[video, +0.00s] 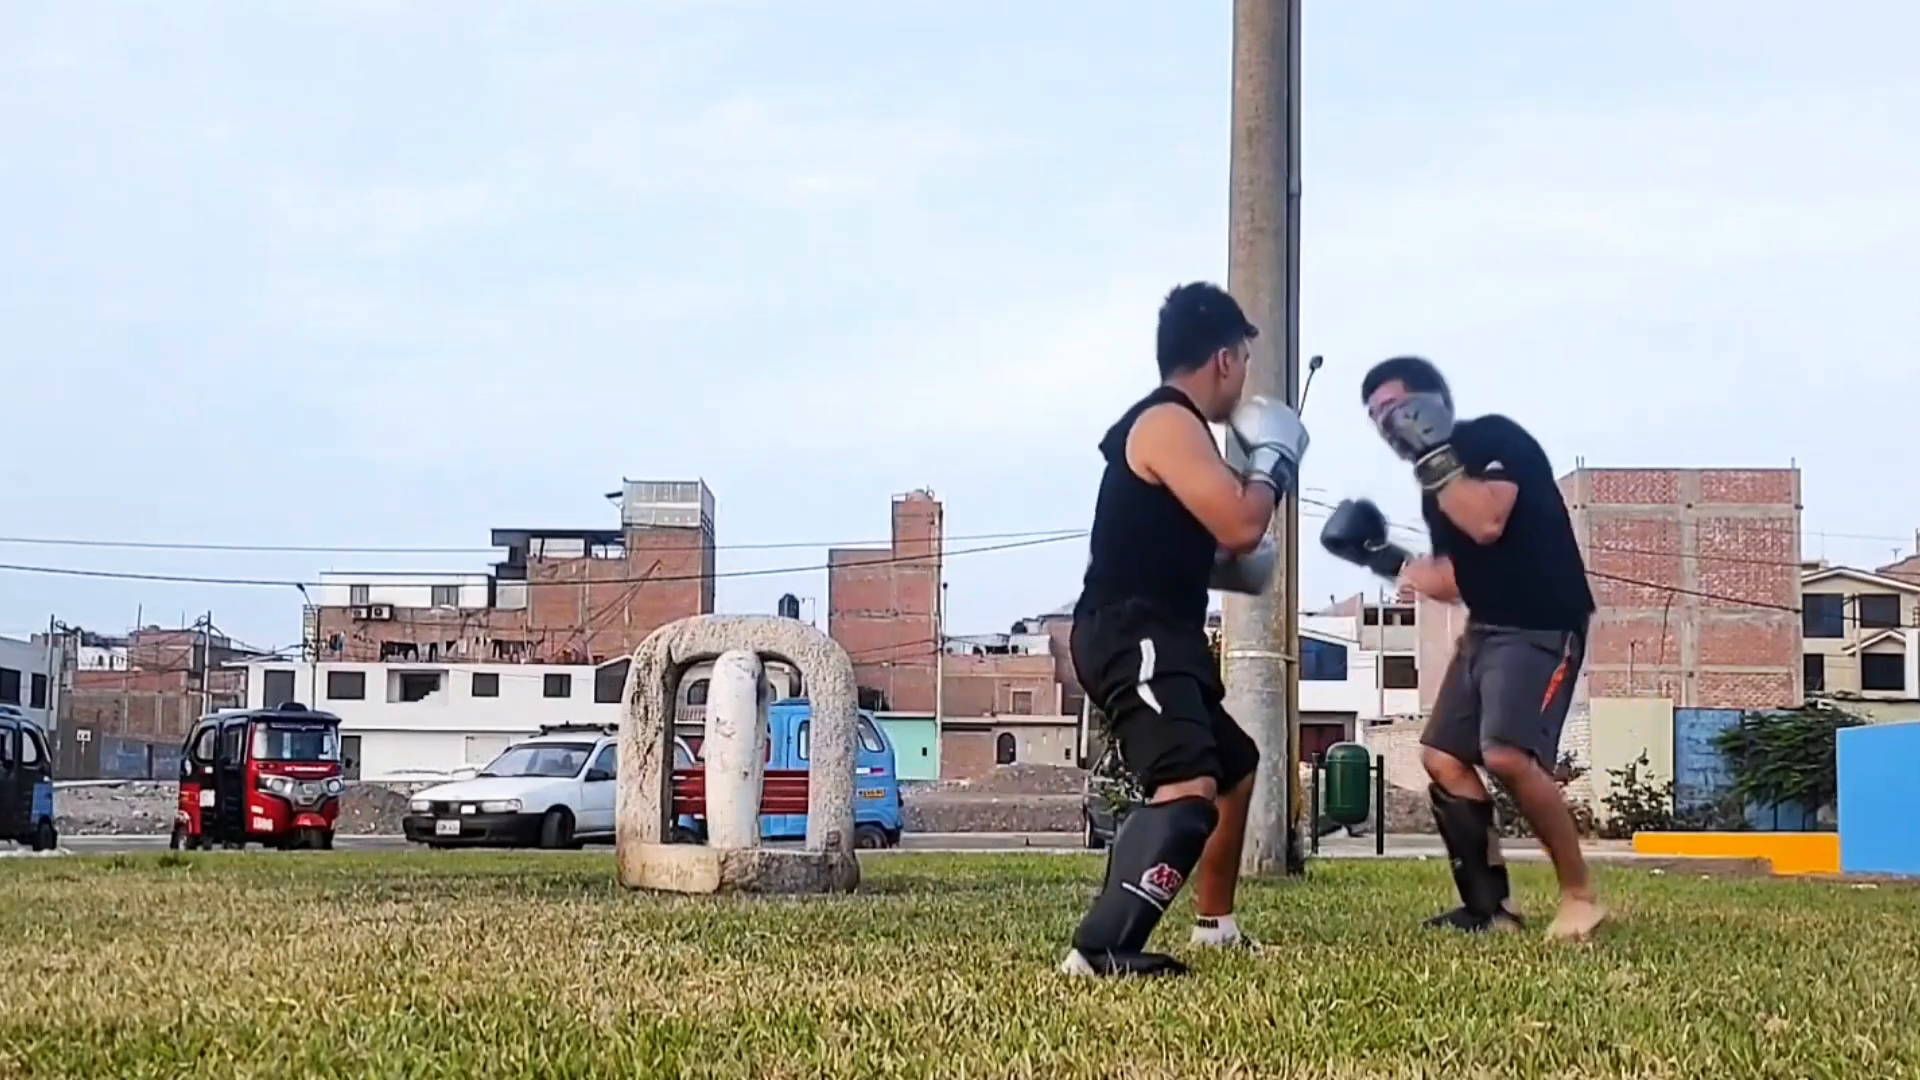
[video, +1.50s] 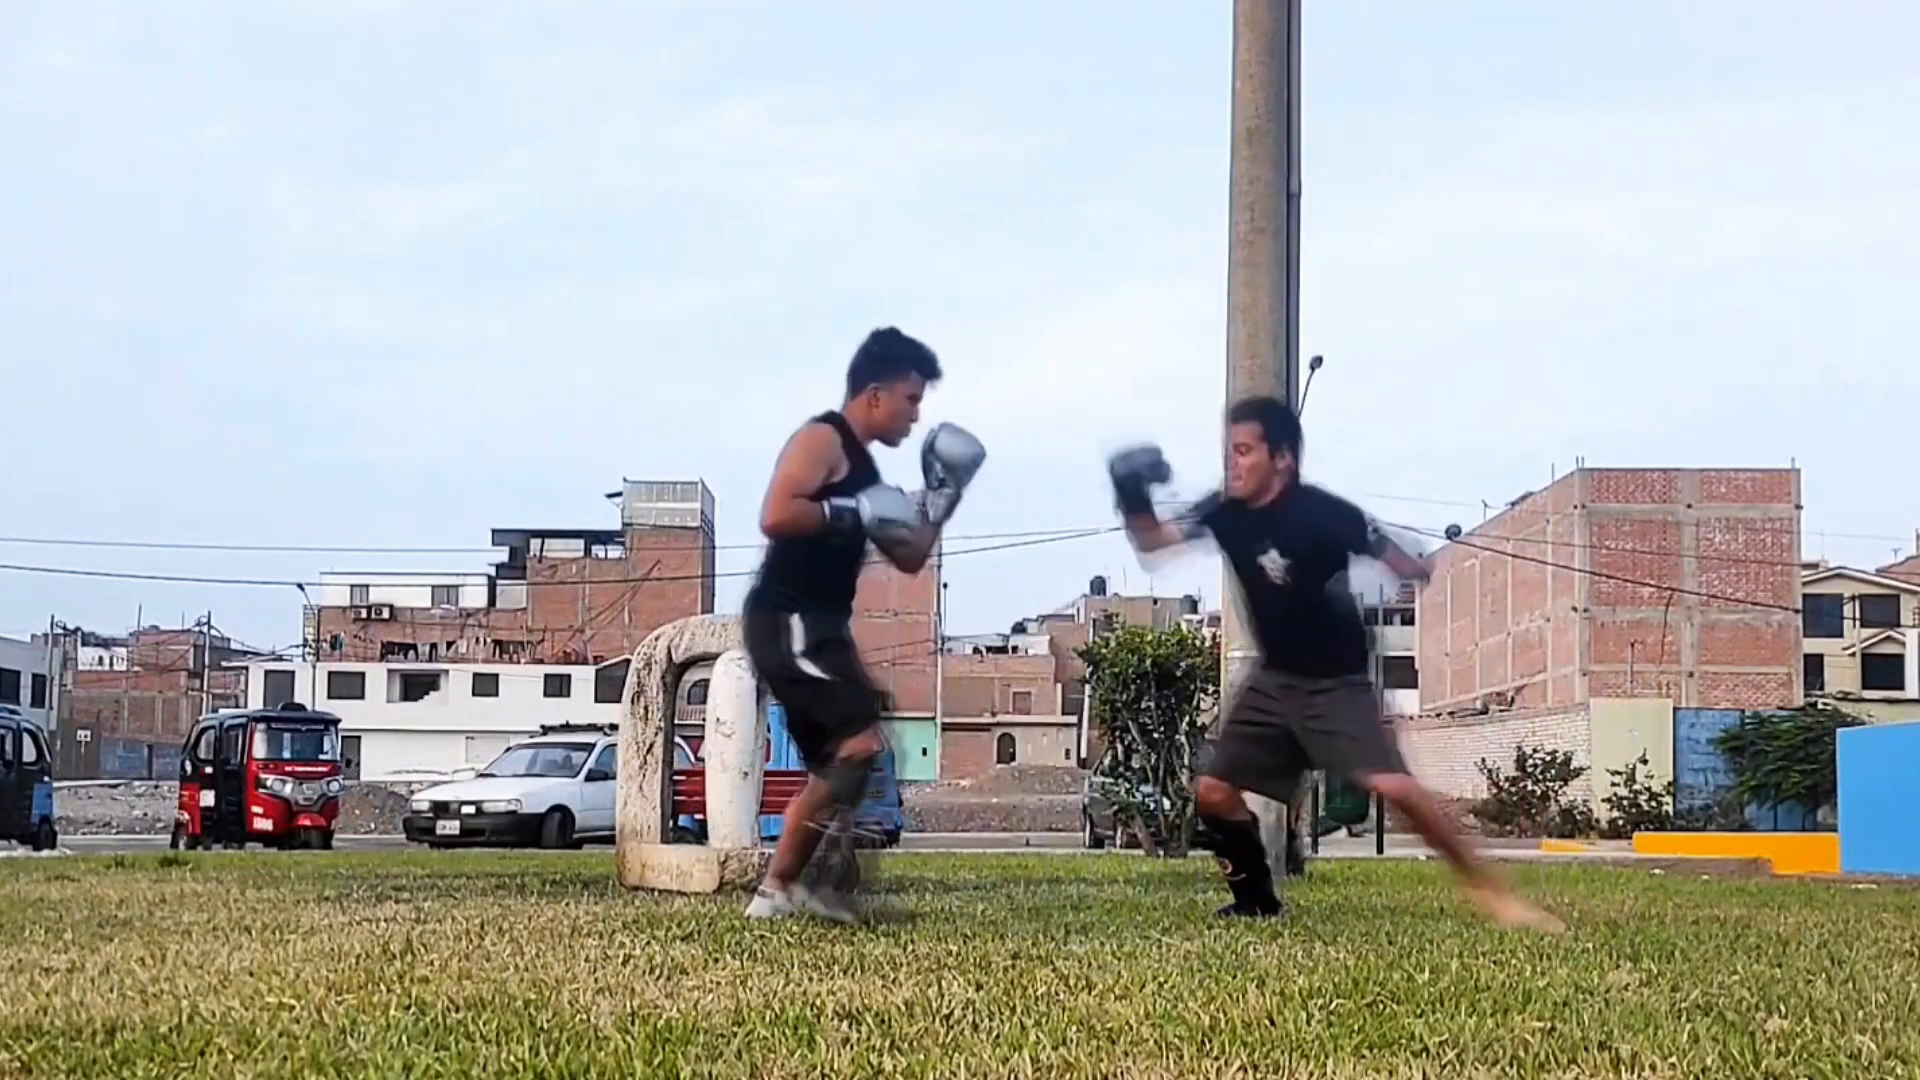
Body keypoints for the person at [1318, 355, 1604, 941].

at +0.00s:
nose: (1389, 422)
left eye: (1397, 407)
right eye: (1379, 416)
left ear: (1433, 397)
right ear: (1378, 425)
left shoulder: (1493, 435)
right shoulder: (1434, 486)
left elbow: (1488, 522)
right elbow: (1455, 581)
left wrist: (1434, 459)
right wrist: (1379, 554)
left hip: (1543, 625)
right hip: (1486, 628)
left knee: (1507, 753)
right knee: (1444, 757)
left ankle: (1579, 896)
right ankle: (1488, 909)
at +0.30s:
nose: (1422, 382)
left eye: (1435, 368)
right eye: (1414, 373)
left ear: (1475, 373)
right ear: (1411, 383)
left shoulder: (1519, 442)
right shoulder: (1420, 458)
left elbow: (1506, 526)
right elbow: (1368, 538)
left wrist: (1475, 442)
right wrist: (1353, 465)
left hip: (1507, 646)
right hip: (1435, 642)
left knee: (1523, 775)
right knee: (1379, 754)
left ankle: (1576, 915)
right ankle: (1402, 879)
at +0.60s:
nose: (1345, 462)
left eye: (1356, 448)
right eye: (1337, 453)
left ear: (1390, 450)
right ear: (1331, 464)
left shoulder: (1443, 496)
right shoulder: (1346, 513)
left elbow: (1430, 574)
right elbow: (1279, 565)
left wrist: (1399, 498)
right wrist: (1291, 483)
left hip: (1467, 663)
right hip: (1395, 666)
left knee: (1490, 764)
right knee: (1319, 773)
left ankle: (1563, 898)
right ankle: (1293, 897)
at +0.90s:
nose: (1359, 617)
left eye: (1371, 601)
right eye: (1350, 603)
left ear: (1405, 594)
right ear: (1342, 602)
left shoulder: (1462, 620)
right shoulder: (1351, 629)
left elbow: (1459, 720)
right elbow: (1307, 709)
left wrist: (1426, 653)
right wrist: (1304, 647)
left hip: (1480, 709)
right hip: (1400, 714)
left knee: (1497, 779)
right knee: (1307, 798)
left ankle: (1548, 911)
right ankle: (1288, 908)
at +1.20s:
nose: (1366, 635)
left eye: (1379, 621)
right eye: (1357, 621)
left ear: (1406, 614)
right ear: (1345, 616)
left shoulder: (1442, 639)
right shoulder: (1323, 640)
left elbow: (1482, 730)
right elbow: (1310, 727)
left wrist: (1447, 683)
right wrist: (1336, 681)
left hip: (1445, 714)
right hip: (1367, 717)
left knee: (1504, 777)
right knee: (1283, 797)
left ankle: (1546, 913)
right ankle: (1263, 901)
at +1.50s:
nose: (1233, 463)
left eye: (1245, 451)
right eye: (1230, 452)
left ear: (1284, 458)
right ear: (1229, 457)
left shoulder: (1324, 513)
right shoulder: (1222, 512)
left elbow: (1386, 550)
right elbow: (1150, 542)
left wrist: (1415, 570)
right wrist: (1131, 496)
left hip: (1338, 683)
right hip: (1272, 679)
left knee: (1389, 784)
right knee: (1214, 791)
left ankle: (1485, 884)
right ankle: (1257, 901)